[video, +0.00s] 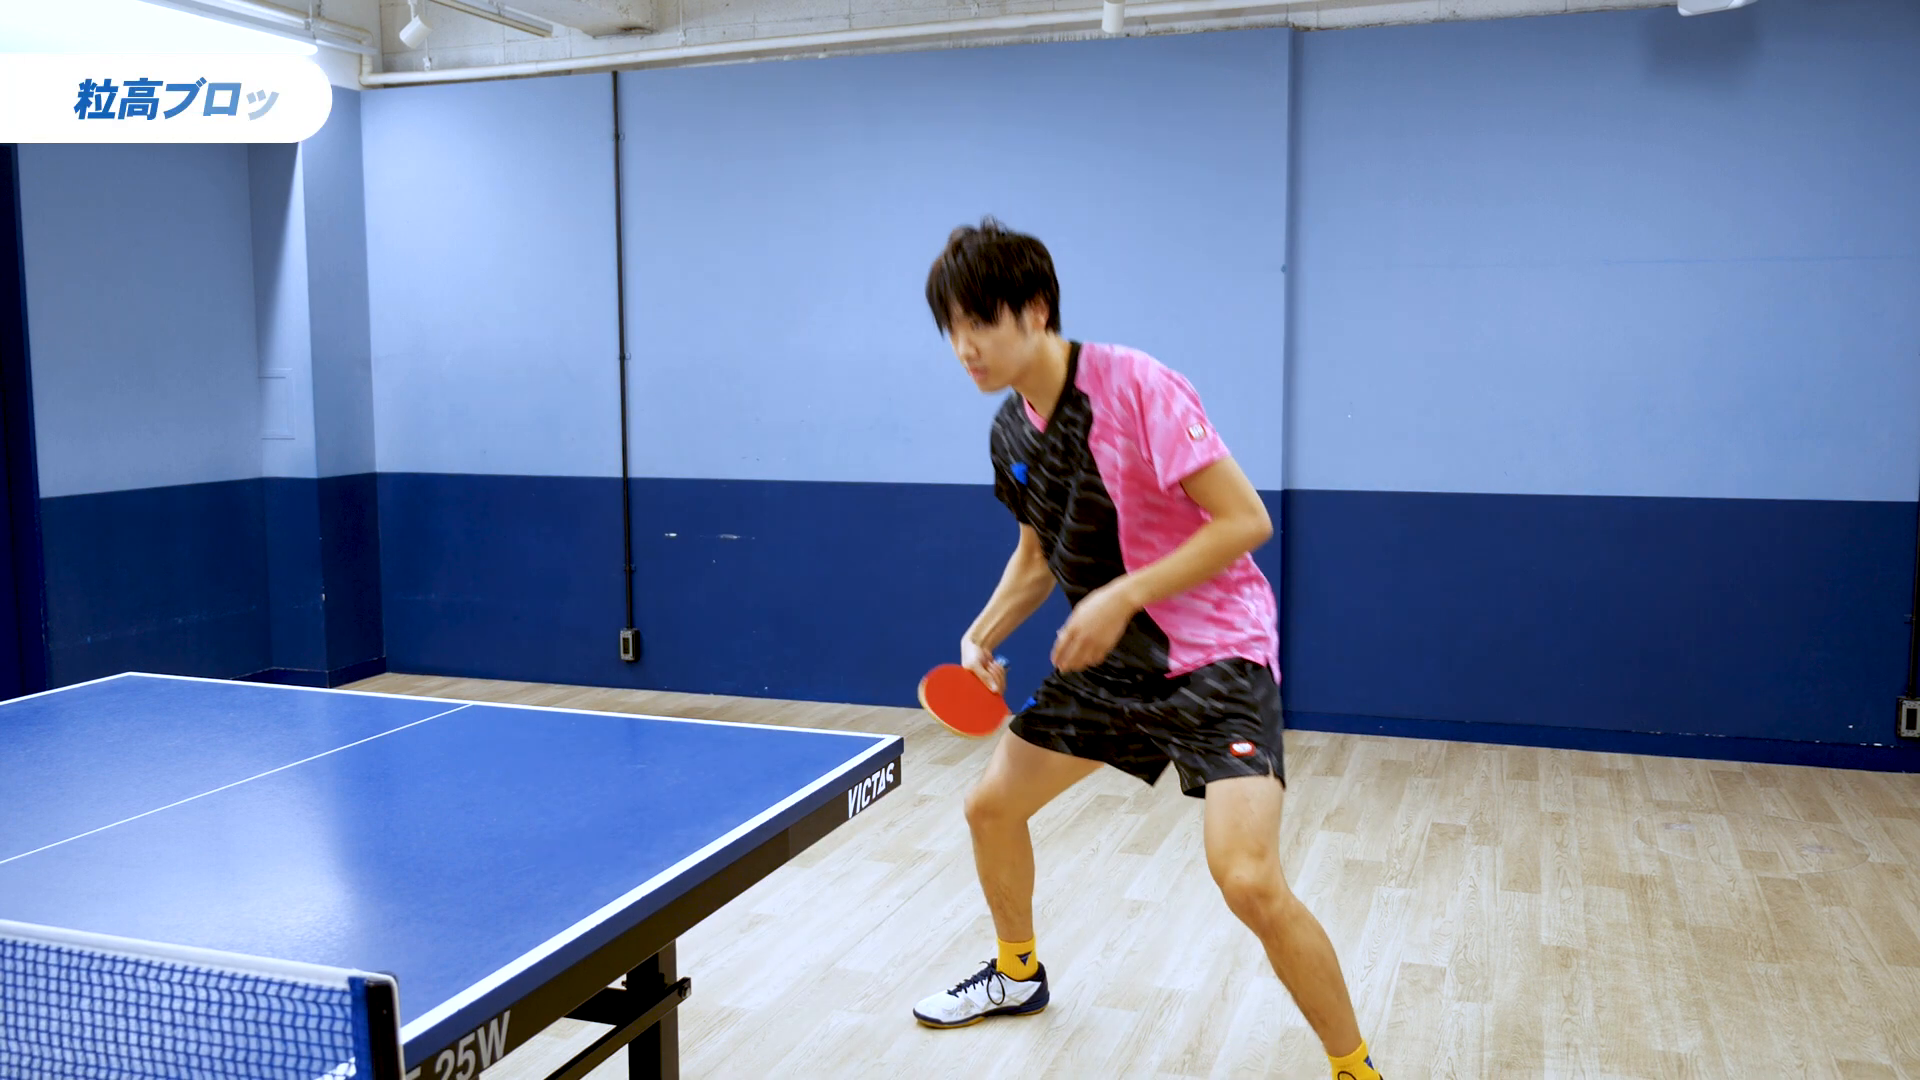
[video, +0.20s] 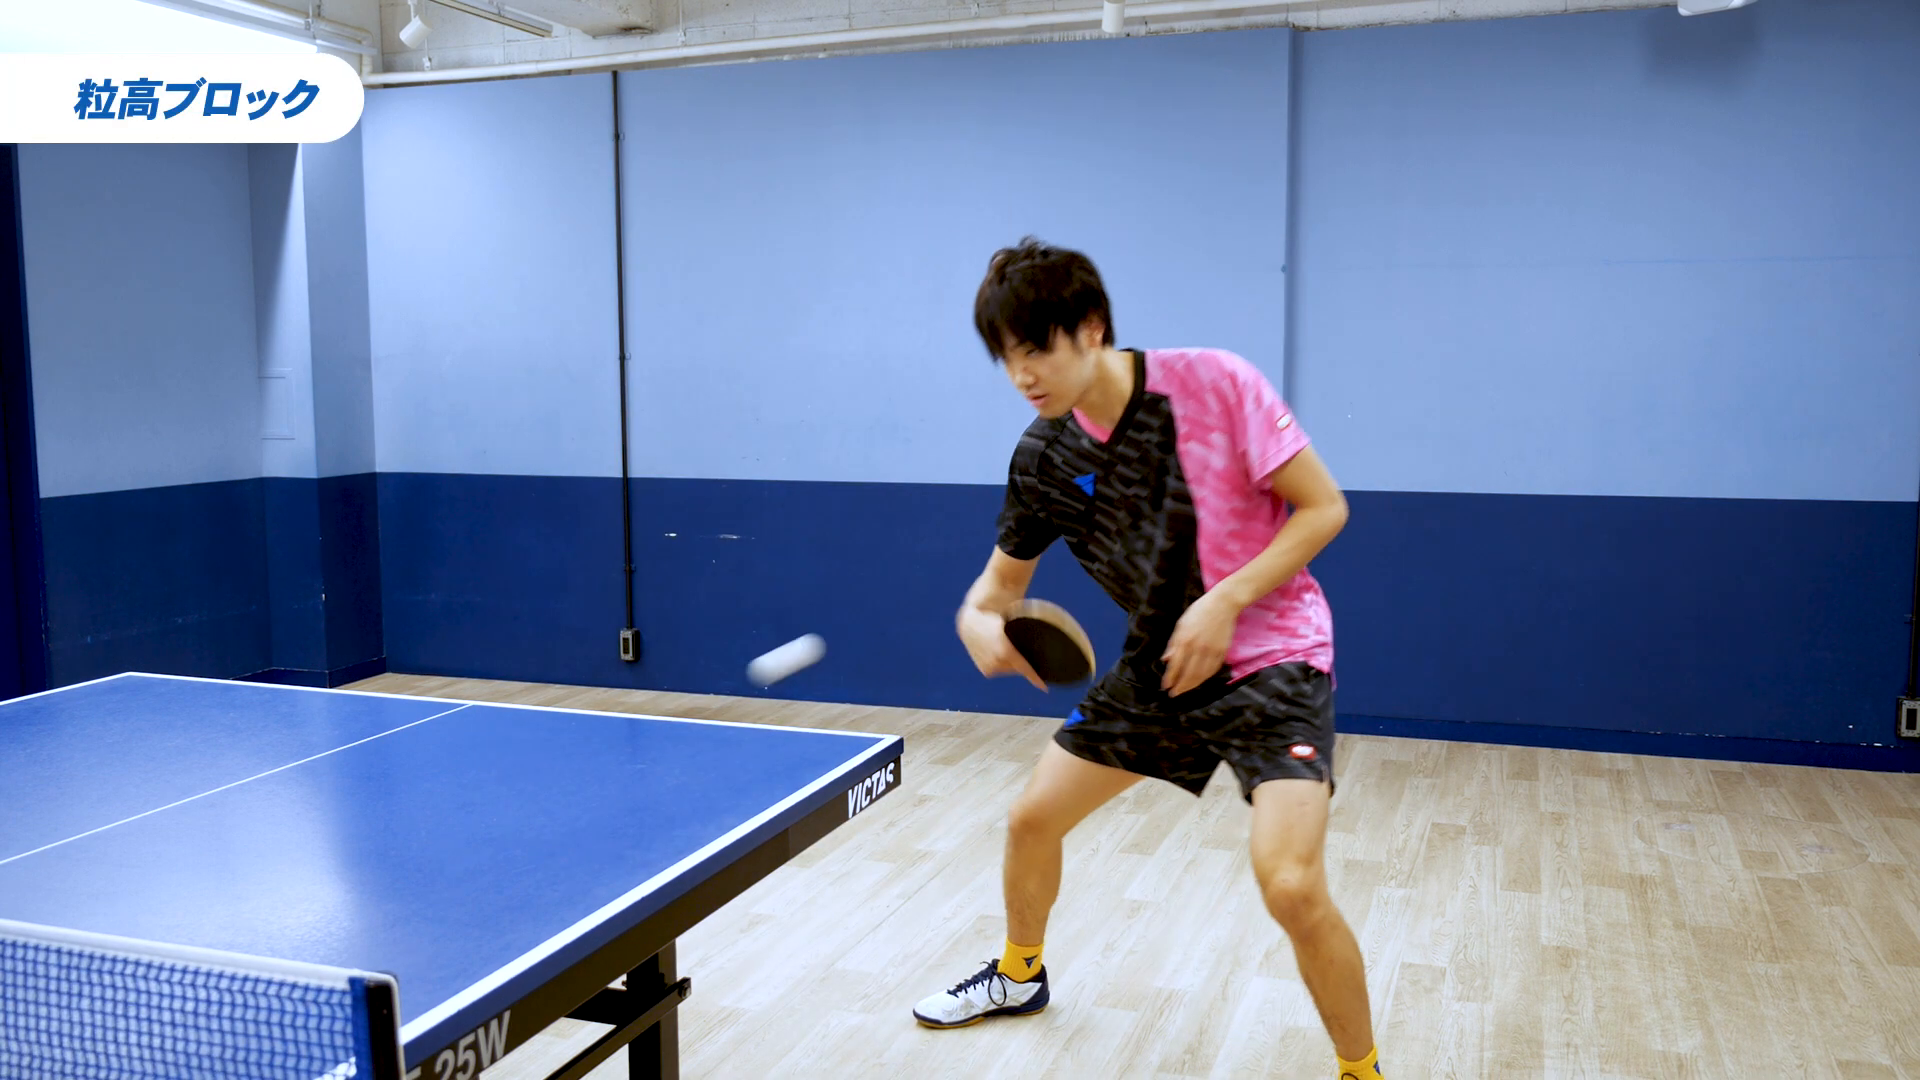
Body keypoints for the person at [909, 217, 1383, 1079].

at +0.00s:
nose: (963, 346)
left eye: (977, 321)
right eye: (952, 328)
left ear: (1036, 312)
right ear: (954, 335)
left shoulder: (1136, 385)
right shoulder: (1013, 431)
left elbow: (1246, 520)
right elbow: (1038, 554)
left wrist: (1123, 595)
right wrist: (982, 634)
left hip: (1219, 659)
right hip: (1114, 658)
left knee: (1248, 879)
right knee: (991, 806)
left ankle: (1353, 1066)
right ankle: (1016, 972)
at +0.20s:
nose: (1020, 376)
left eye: (1034, 349)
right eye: (1007, 357)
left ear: (1090, 328)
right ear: (1002, 359)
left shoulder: (1216, 384)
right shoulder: (1043, 459)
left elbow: (1325, 508)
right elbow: (1000, 584)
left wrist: (1227, 600)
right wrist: (977, 621)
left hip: (1275, 654)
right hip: (1157, 659)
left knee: (1292, 885)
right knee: (1033, 818)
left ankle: (1361, 1069)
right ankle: (1019, 973)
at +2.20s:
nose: (1014, 284)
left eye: (1032, 260)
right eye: (1002, 267)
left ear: (1089, 255)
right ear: (998, 275)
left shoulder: (1189, 344)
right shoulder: (1041, 390)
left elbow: (1283, 482)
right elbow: (1067, 527)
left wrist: (1157, 545)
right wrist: (1013, 604)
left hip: (1235, 633)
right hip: (1131, 635)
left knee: (1267, 865)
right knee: (1028, 793)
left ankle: (1358, 1065)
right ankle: (1024, 970)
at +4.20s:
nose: (1032, 293)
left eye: (1048, 266)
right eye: (1017, 276)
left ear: (1106, 251)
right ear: (1009, 285)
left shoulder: (1219, 308)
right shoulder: (1034, 410)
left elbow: (1329, 421)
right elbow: (996, 561)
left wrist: (1253, 510)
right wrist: (935, 625)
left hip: (1272, 601)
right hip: (1155, 610)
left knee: (1314, 838)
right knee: (1063, 788)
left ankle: (1364, 1055)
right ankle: (1016, 954)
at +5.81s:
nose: (1104, 248)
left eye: (1124, 221)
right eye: (1089, 230)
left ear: (1183, 216)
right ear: (1079, 238)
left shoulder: (1285, 304)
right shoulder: (1081, 369)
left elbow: (1370, 430)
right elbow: (1039, 526)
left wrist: (1302, 508)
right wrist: (982, 605)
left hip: (1275, 608)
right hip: (1156, 608)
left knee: (1321, 859)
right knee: (1055, 790)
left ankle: (1363, 1065)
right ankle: (1015, 955)